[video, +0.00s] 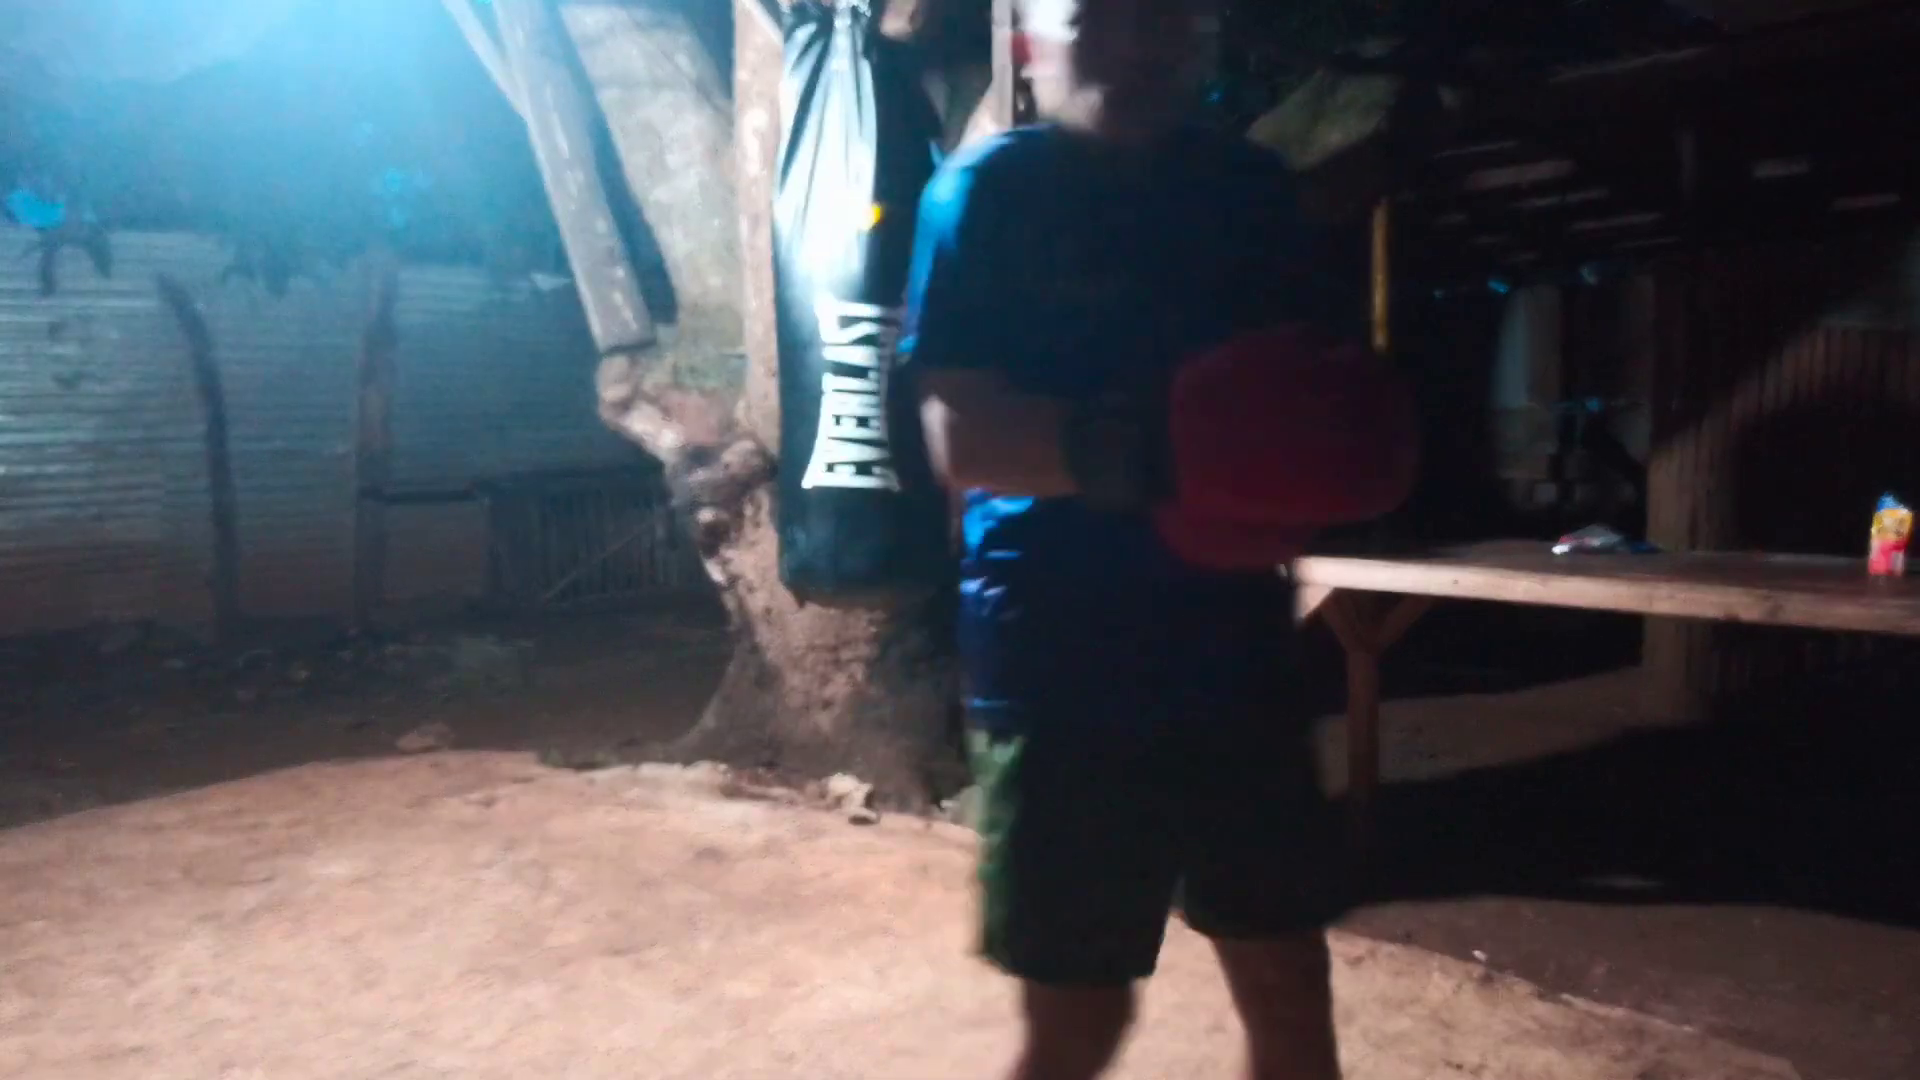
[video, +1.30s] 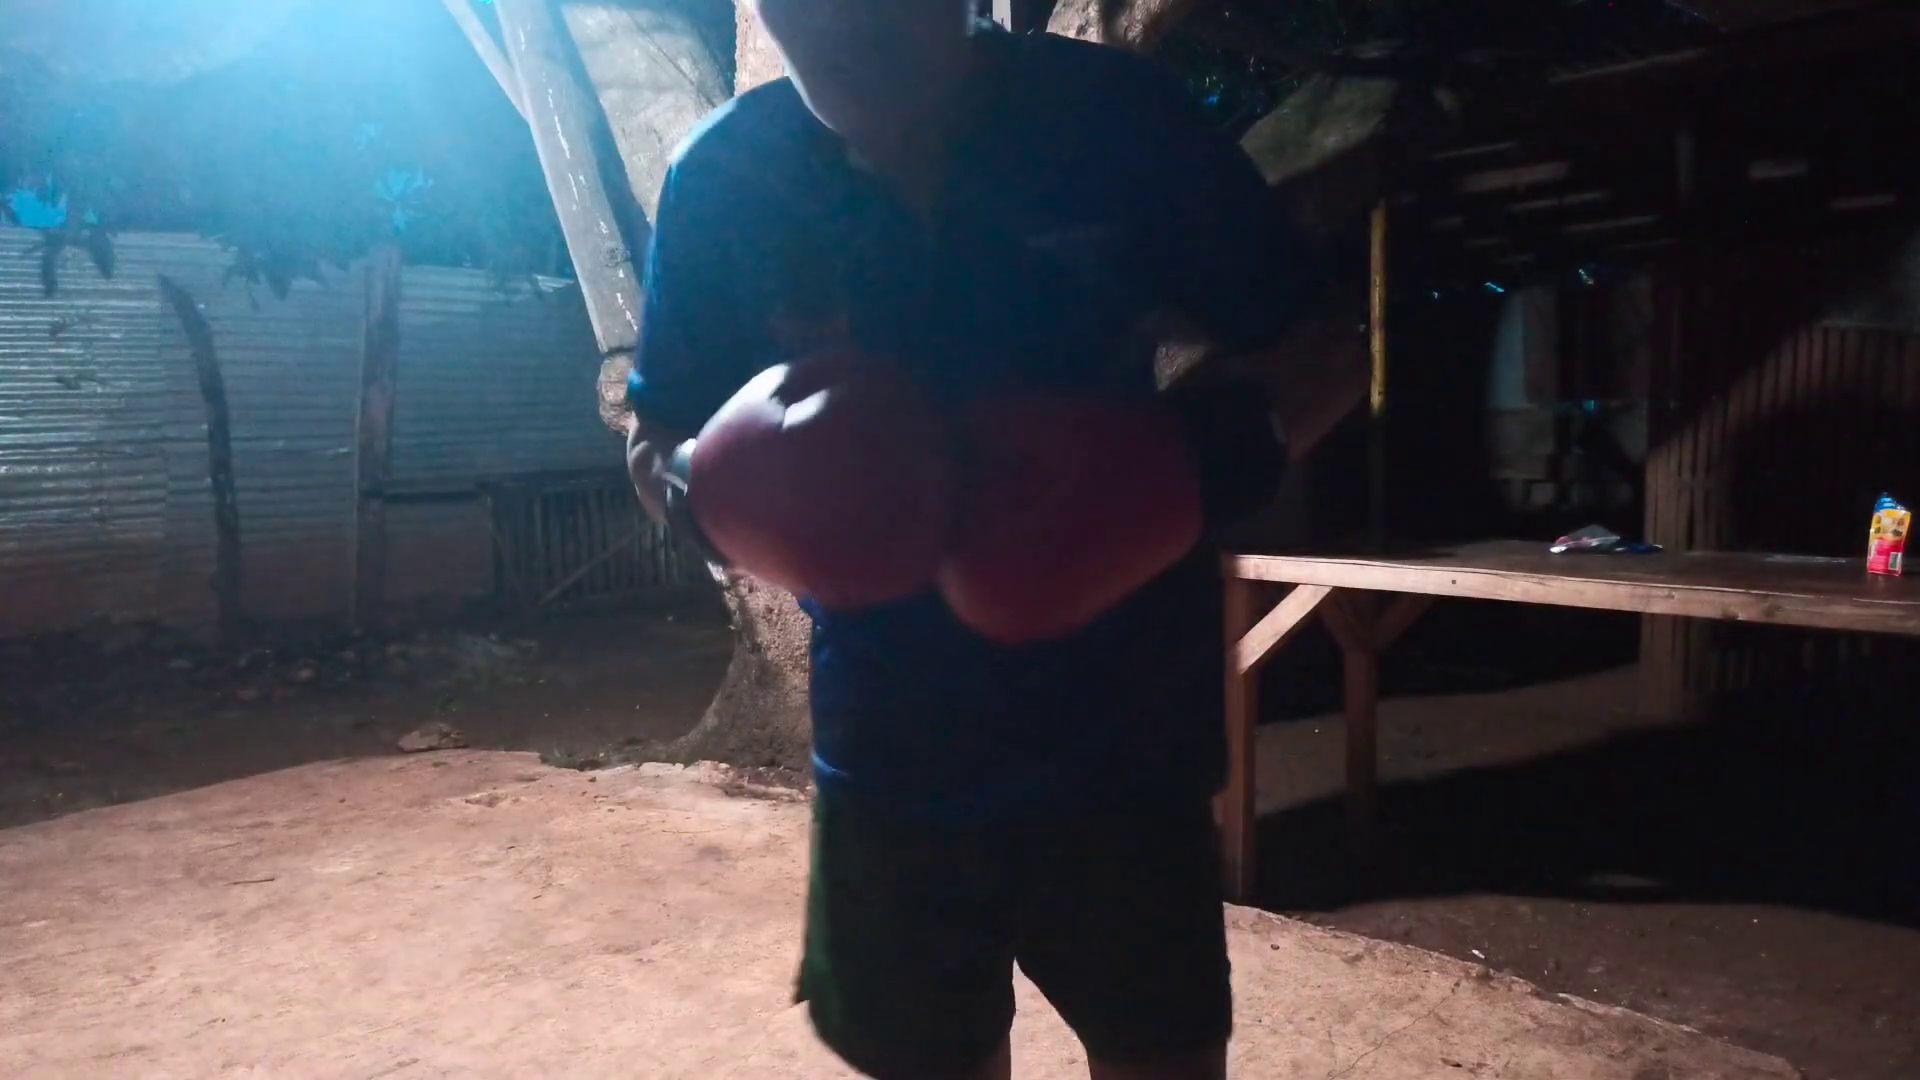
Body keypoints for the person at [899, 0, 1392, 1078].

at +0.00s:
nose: (1131, 41)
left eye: (1163, 14)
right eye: (1094, 14)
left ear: (1206, 33)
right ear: (1027, 36)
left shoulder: (1252, 187)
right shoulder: (996, 186)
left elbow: (1321, 405)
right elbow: (962, 440)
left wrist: (1363, 556)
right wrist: (1166, 454)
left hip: (1235, 652)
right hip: (1059, 666)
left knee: (1288, 991)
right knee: (1074, 1028)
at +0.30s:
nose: (1188, 36)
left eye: (1224, 10)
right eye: (1155, 11)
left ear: (1278, 28)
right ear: (1111, 29)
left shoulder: (1343, 183)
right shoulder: (1058, 180)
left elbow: (1441, 399)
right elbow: (946, 421)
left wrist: (1338, 421)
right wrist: (1073, 413)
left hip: (1288, 648)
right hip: (1097, 652)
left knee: (1294, 997)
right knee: (1069, 1019)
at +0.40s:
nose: (1180, 42)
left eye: (1210, 14)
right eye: (1141, 16)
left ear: (1255, 25)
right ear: (1085, 33)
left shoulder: (1328, 175)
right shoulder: (1039, 193)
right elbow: (907, 419)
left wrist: (1478, 343)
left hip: (1278, 624)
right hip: (1096, 629)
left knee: (1292, 1008)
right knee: (1054, 1038)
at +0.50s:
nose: (1144, 44)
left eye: (1174, 14)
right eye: (1108, 16)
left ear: (1223, 25)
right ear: (1053, 38)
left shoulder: (1308, 175)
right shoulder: (1006, 197)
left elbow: (1470, 332)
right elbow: (871, 384)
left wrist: (1572, 321)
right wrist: (744, 434)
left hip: (1267, 643)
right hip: (1073, 653)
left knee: (1283, 1011)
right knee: (1050, 1042)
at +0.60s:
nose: (1090, 48)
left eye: (1119, 20)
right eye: (1052, 26)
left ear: (1166, 25)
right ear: (992, 34)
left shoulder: (1267, 172)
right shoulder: (936, 215)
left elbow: (1436, 329)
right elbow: (781, 416)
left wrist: (1588, 305)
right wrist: (648, 439)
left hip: (1234, 681)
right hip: (1033, 698)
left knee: (1275, 1027)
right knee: (1011, 1047)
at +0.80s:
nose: (978, 32)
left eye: (1006, 6)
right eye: (934, 12)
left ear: (1061, 11)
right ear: (874, 30)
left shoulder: (1182, 140)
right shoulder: (834, 189)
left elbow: (1309, 381)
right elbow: (785, 437)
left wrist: (1200, 468)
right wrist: (835, 507)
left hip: (1169, 681)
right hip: (955, 704)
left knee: (1264, 1026)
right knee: (964, 1056)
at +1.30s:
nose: (831, 92)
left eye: (861, 56)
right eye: (799, 52)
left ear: (941, 13)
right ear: (767, 28)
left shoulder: (1122, 114)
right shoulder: (730, 176)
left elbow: (1324, 348)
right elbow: (661, 439)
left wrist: (1180, 460)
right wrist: (733, 498)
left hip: (1119, 744)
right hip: (889, 759)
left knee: (1161, 1056)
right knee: (915, 1060)